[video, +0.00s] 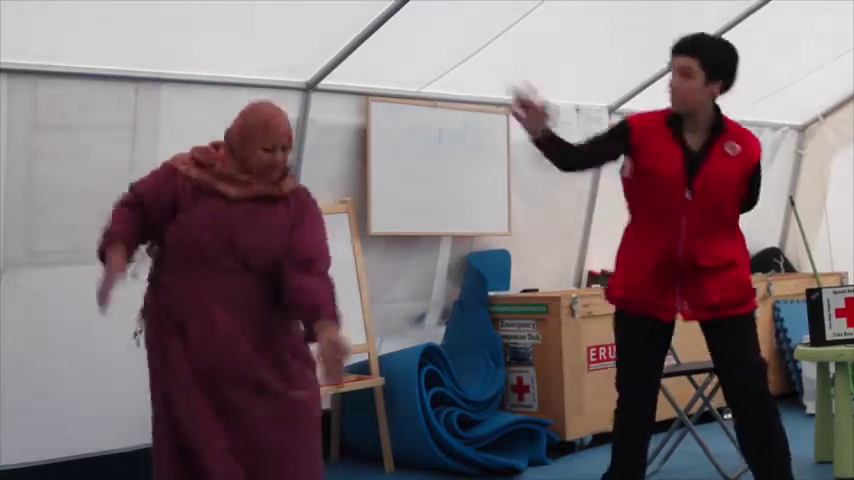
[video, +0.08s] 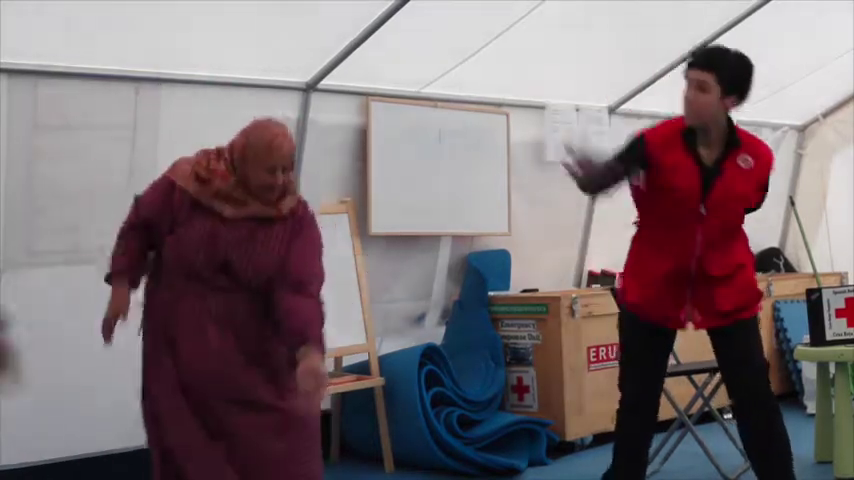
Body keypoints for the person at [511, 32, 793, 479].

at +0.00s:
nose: (671, 82)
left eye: (684, 75)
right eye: (672, 73)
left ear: (716, 86)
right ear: (670, 77)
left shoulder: (744, 147)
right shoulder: (640, 131)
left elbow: (745, 201)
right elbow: (572, 158)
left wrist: (690, 215)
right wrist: (540, 133)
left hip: (720, 283)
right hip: (645, 283)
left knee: (753, 401)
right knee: (634, 405)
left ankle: (776, 476)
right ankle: (624, 477)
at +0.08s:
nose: (688, 96)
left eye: (700, 88)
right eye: (687, 85)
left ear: (731, 100)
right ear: (683, 88)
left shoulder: (756, 156)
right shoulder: (654, 143)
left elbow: (748, 206)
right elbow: (606, 175)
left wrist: (699, 229)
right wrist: (590, 175)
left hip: (725, 287)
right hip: (653, 286)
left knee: (756, 402)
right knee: (637, 408)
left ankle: (778, 476)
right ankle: (623, 478)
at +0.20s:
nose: (711, 136)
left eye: (725, 128)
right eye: (710, 123)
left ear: (752, 137)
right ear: (706, 123)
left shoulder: (775, 181)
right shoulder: (680, 175)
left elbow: (744, 236)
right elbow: (654, 239)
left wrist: (715, 283)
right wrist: (668, 279)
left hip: (733, 287)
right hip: (663, 285)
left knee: (759, 399)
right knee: (641, 404)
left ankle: (780, 474)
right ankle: (625, 475)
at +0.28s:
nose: (727, 177)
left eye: (741, 171)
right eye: (726, 164)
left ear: (765, 177)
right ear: (721, 161)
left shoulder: (785, 201)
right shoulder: (688, 208)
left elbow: (759, 252)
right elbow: (687, 289)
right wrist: (717, 360)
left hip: (737, 300)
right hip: (666, 298)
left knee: (763, 399)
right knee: (644, 400)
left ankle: (780, 475)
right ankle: (625, 475)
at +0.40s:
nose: (738, 245)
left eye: (750, 240)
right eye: (737, 233)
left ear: (782, 242)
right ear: (740, 226)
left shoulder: (799, 239)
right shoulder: (698, 251)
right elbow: (721, 350)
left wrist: (701, 211)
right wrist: (758, 426)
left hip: (742, 302)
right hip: (668, 297)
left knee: (765, 389)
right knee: (650, 387)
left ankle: (782, 470)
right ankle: (626, 472)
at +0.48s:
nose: (745, 288)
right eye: (742, 275)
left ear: (788, 281)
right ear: (740, 260)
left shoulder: (799, 253)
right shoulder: (706, 281)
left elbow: (777, 212)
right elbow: (731, 377)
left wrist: (706, 213)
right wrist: (766, 449)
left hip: (742, 309)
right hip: (665, 297)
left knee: (765, 390)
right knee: (648, 396)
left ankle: (781, 469)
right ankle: (626, 473)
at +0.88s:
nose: (723, 273)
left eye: (737, 271)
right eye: (722, 259)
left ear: (769, 268)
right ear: (720, 243)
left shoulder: (792, 252)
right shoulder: (688, 267)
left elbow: (765, 216)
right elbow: (707, 359)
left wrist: (704, 213)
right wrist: (745, 426)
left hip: (742, 307)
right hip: (666, 302)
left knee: (765, 399)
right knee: (647, 397)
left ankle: (781, 474)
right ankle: (627, 474)